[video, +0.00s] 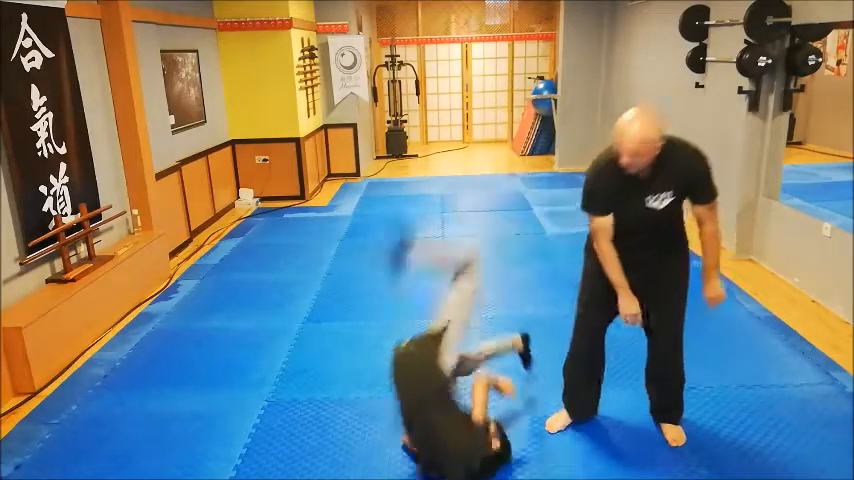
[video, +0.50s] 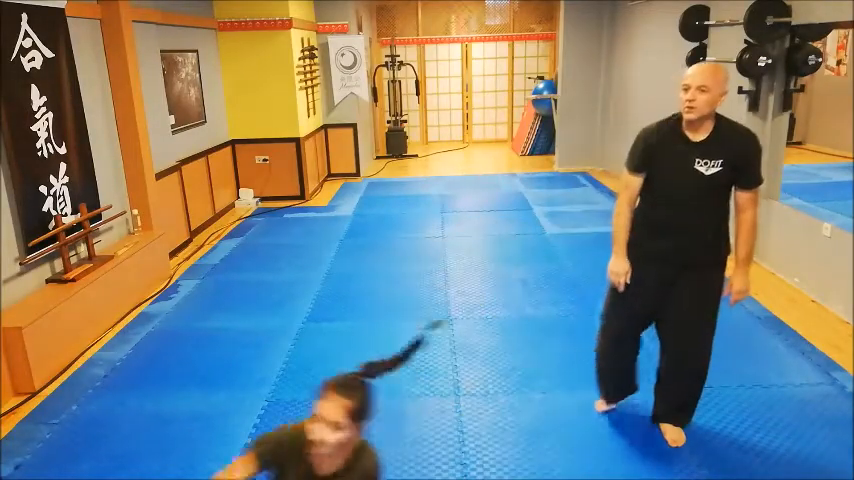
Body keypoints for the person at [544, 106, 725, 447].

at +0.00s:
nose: (625, 161)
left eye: (635, 155)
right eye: (622, 152)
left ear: (656, 146)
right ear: (617, 144)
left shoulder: (687, 162)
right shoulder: (603, 173)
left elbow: (707, 220)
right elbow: (602, 240)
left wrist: (711, 277)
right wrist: (623, 292)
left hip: (665, 254)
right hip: (611, 251)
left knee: (667, 337)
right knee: (587, 328)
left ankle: (667, 414)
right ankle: (578, 406)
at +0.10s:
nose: (648, 137)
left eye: (658, 129)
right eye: (644, 127)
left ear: (680, 127)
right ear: (637, 123)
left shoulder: (703, 154)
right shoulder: (617, 160)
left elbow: (718, 212)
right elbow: (606, 230)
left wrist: (721, 269)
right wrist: (619, 285)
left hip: (673, 259)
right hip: (619, 255)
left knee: (671, 343)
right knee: (592, 335)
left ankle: (668, 417)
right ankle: (576, 406)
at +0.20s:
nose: (664, 119)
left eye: (674, 113)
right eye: (659, 110)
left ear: (694, 113)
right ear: (653, 106)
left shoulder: (718, 150)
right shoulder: (630, 152)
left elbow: (727, 208)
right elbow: (609, 217)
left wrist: (726, 265)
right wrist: (614, 277)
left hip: (682, 266)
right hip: (629, 262)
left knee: (677, 349)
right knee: (595, 341)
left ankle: (669, 417)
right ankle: (576, 406)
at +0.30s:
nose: (676, 108)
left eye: (686, 102)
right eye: (671, 99)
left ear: (706, 105)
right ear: (664, 99)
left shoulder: (728, 147)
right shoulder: (640, 144)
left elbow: (734, 207)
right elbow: (615, 209)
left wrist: (730, 267)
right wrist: (611, 266)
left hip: (691, 266)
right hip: (637, 261)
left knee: (681, 348)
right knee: (604, 338)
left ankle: (670, 417)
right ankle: (583, 406)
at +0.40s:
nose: (684, 101)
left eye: (696, 95)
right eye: (680, 93)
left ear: (715, 100)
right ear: (673, 95)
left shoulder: (735, 146)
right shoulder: (648, 140)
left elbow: (741, 210)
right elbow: (621, 201)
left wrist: (736, 269)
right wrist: (613, 258)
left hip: (696, 268)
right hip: (639, 260)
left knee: (685, 349)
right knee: (609, 337)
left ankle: (670, 415)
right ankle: (592, 401)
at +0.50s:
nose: (690, 97)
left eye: (701, 91)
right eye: (686, 89)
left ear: (720, 97)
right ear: (679, 91)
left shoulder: (741, 145)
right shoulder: (652, 138)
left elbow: (746, 209)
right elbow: (626, 199)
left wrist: (742, 268)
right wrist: (618, 254)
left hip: (700, 267)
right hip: (644, 259)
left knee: (688, 348)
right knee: (615, 332)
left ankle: (671, 416)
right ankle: (614, 388)